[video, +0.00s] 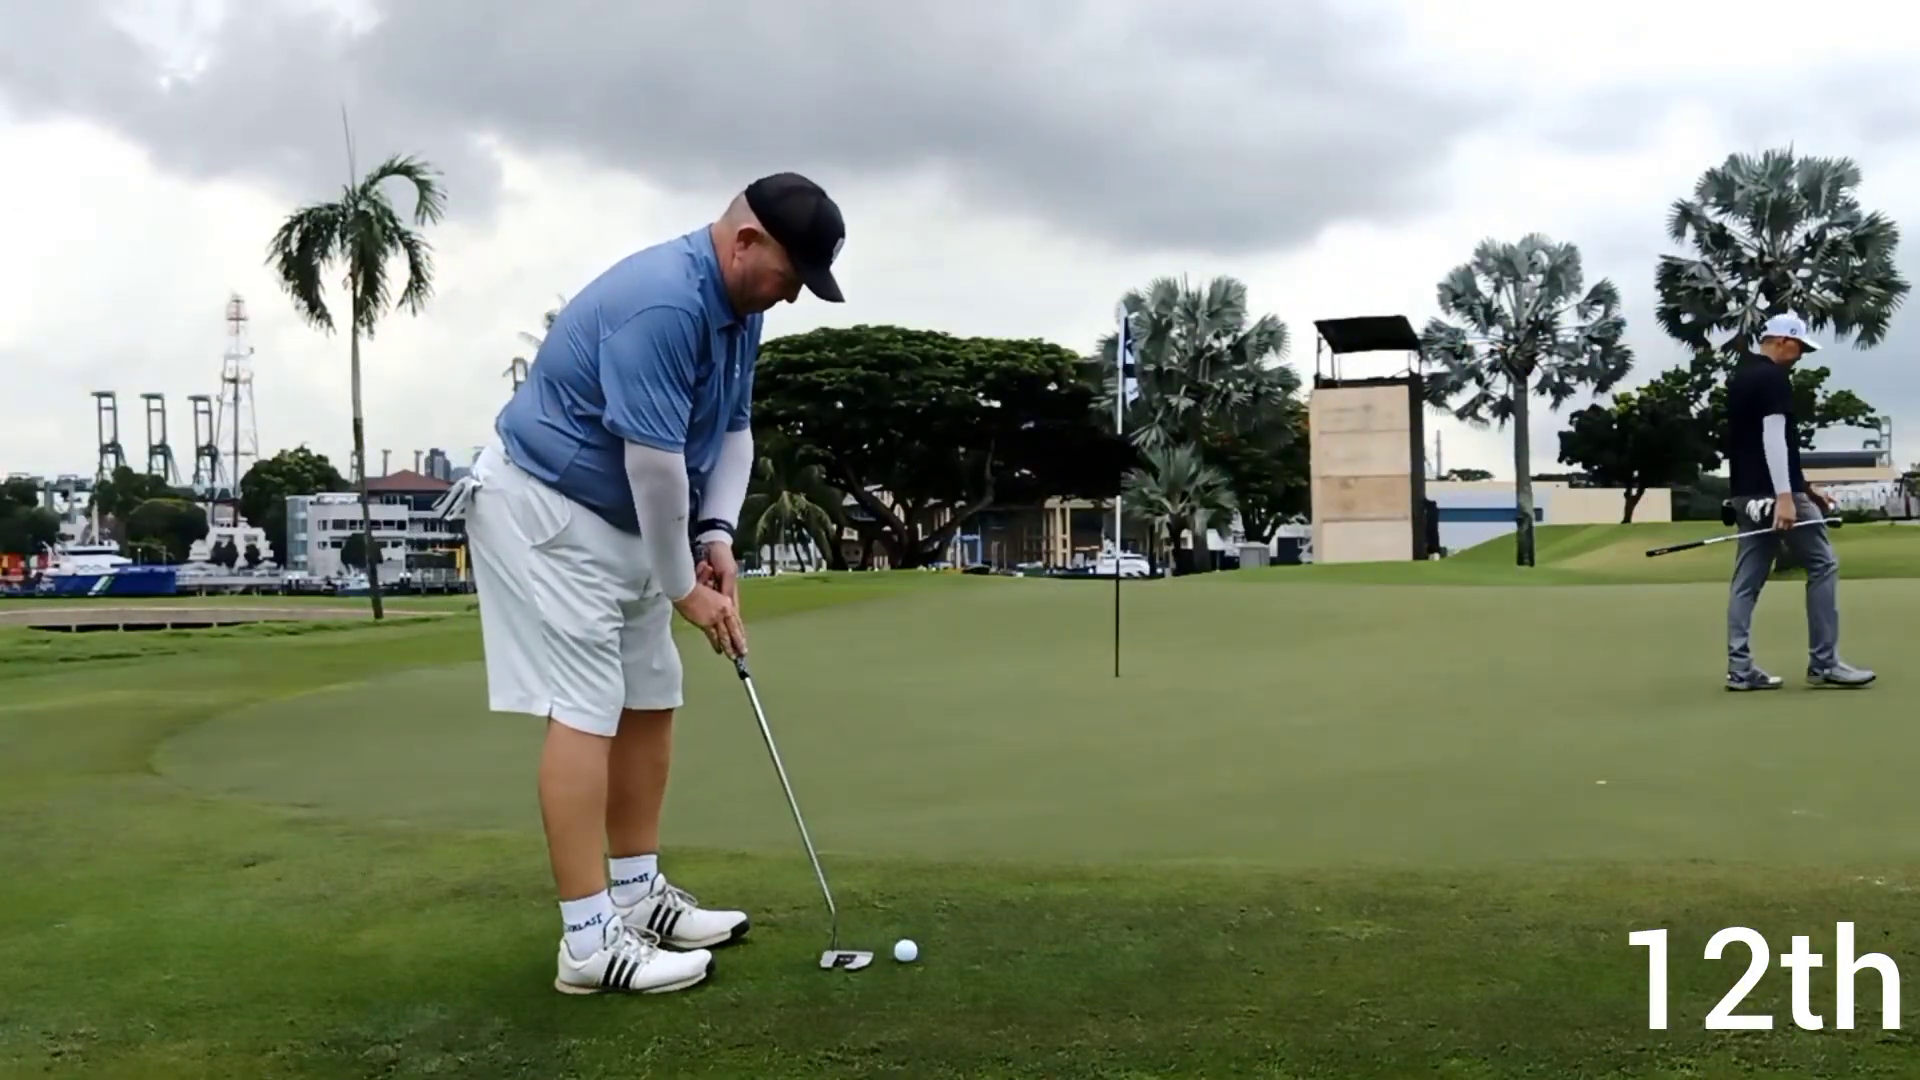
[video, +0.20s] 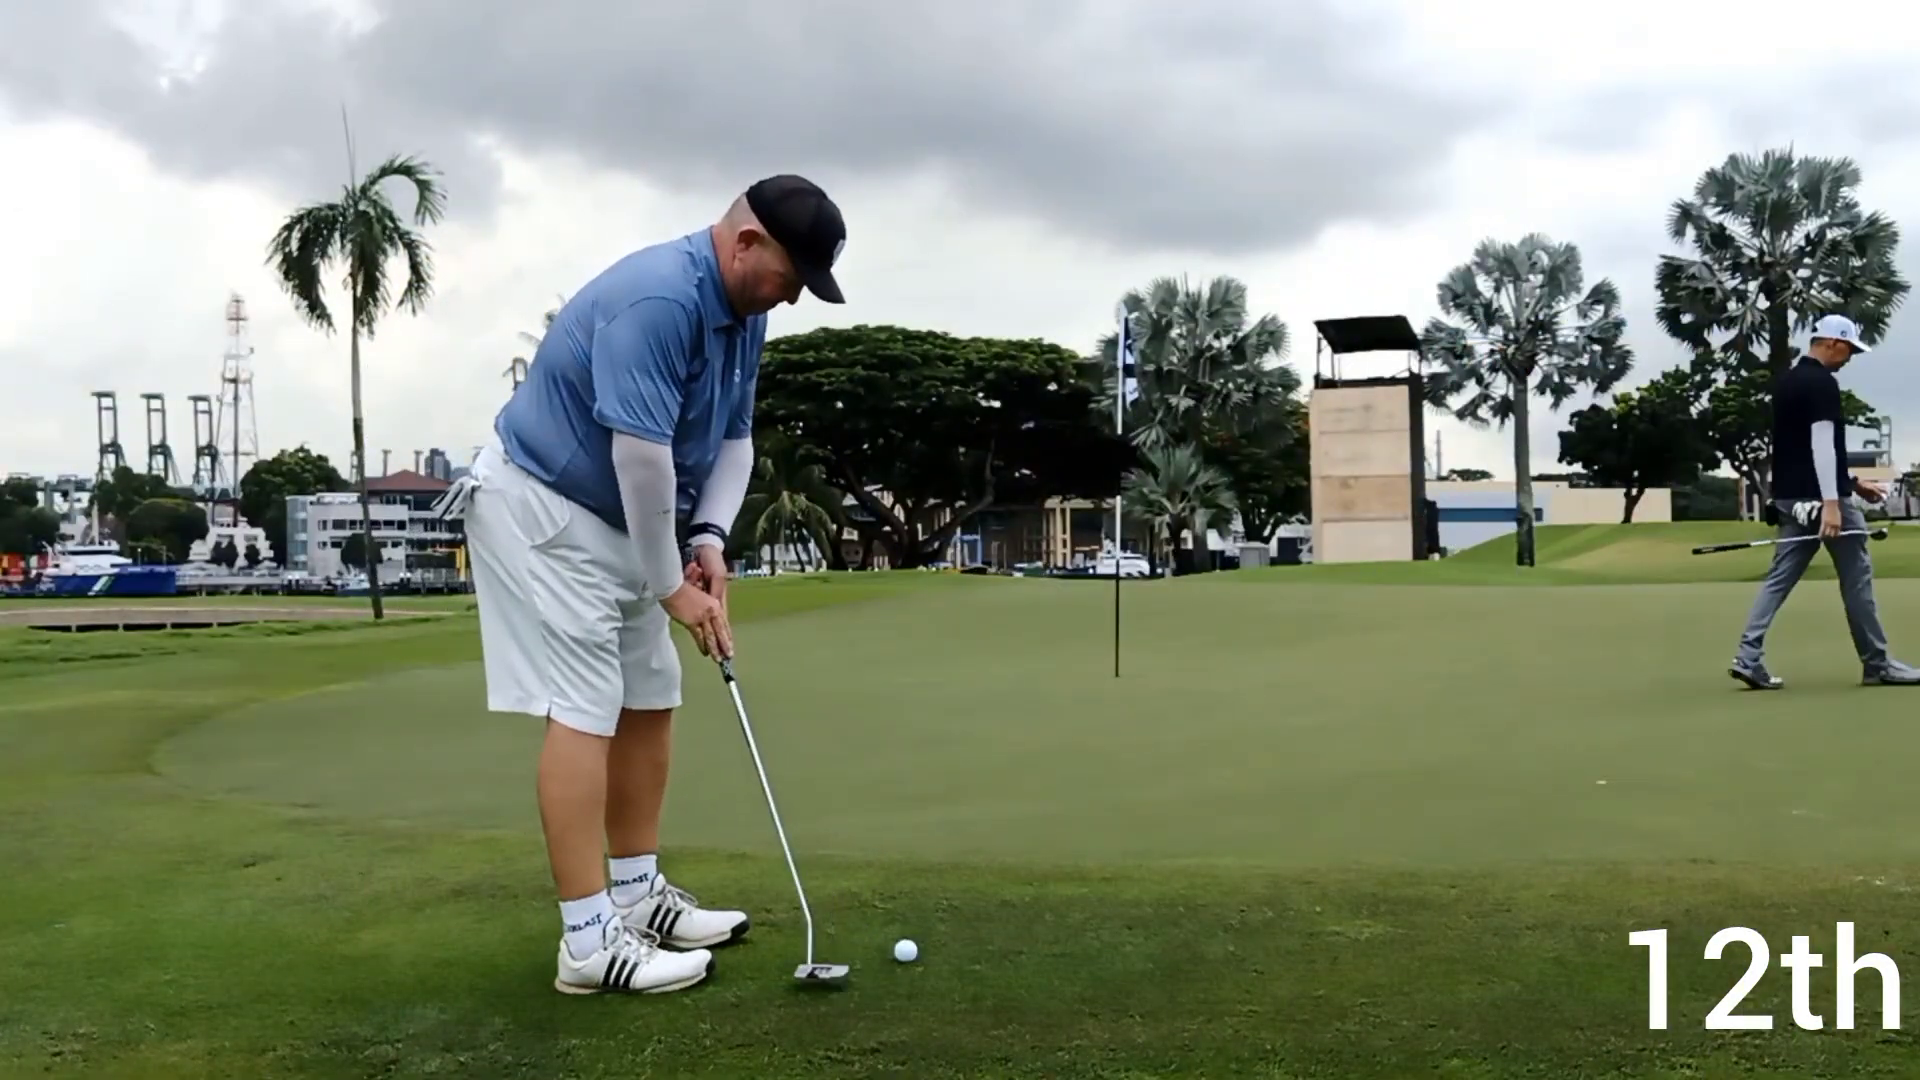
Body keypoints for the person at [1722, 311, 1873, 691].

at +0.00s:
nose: (1799, 356)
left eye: (1801, 350)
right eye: (1798, 349)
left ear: (1774, 341)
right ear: (1782, 341)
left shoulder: (1744, 375)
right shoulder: (1772, 378)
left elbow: (1764, 447)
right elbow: (1773, 440)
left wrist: (1805, 488)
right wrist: (1784, 496)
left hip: (1750, 496)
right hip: (1780, 495)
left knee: (1746, 582)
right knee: (1823, 566)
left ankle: (1739, 667)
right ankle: (1824, 661)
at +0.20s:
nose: (1849, 358)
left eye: (1851, 352)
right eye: (1848, 351)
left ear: (1822, 344)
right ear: (1831, 344)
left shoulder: (1791, 378)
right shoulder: (1821, 381)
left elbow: (1808, 450)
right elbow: (1822, 446)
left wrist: (1853, 482)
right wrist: (1831, 504)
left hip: (1793, 498)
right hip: (1827, 499)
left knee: (1780, 578)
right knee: (1857, 576)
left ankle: (1747, 658)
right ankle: (1877, 661)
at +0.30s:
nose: (1876, 355)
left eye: (1878, 348)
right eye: (1875, 347)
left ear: (1847, 341)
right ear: (1859, 341)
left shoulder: (1813, 378)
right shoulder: (1847, 379)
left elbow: (1806, 441)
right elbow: (1848, 441)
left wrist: (1814, 494)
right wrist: (1862, 498)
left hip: (1821, 496)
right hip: (1852, 495)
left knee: (1823, 573)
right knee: (1873, 578)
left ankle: (1771, 640)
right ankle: (1879, 662)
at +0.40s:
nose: (1898, 354)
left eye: (1901, 348)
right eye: (1898, 346)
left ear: (1867, 338)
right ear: (1883, 339)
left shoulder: (1833, 375)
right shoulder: (1871, 374)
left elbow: (1832, 435)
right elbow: (1869, 428)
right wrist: (1897, 481)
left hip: (1842, 490)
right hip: (1873, 490)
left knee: (1864, 570)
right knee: (1881, 575)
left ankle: (1812, 628)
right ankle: (1879, 662)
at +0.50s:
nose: (1918, 351)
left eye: (1919, 344)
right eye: (1917, 343)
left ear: (1890, 336)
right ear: (1906, 337)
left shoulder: (1855, 372)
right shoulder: (1893, 370)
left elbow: (1849, 438)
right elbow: (1897, 419)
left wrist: (1846, 491)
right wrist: (1919, 464)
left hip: (1867, 488)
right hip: (1894, 490)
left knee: (1910, 562)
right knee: (1894, 572)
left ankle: (1866, 636)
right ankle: (1879, 661)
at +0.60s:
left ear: (1899, 335)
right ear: (1914, 336)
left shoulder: (1870, 371)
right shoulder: (1909, 370)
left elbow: (1855, 436)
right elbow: (1914, 418)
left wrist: (1847, 489)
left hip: (1884, 485)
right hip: (1907, 486)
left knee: (1912, 574)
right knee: (1897, 575)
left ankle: (1909, 655)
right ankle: (1880, 662)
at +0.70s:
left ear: (1912, 344)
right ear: (1916, 344)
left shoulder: (1892, 378)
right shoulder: (1901, 377)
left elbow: (1872, 440)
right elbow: (1872, 441)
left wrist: (1855, 489)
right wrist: (1855, 489)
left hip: (1903, 494)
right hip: (1913, 496)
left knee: (1905, 577)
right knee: (1904, 577)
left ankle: (1881, 658)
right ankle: (1880, 659)